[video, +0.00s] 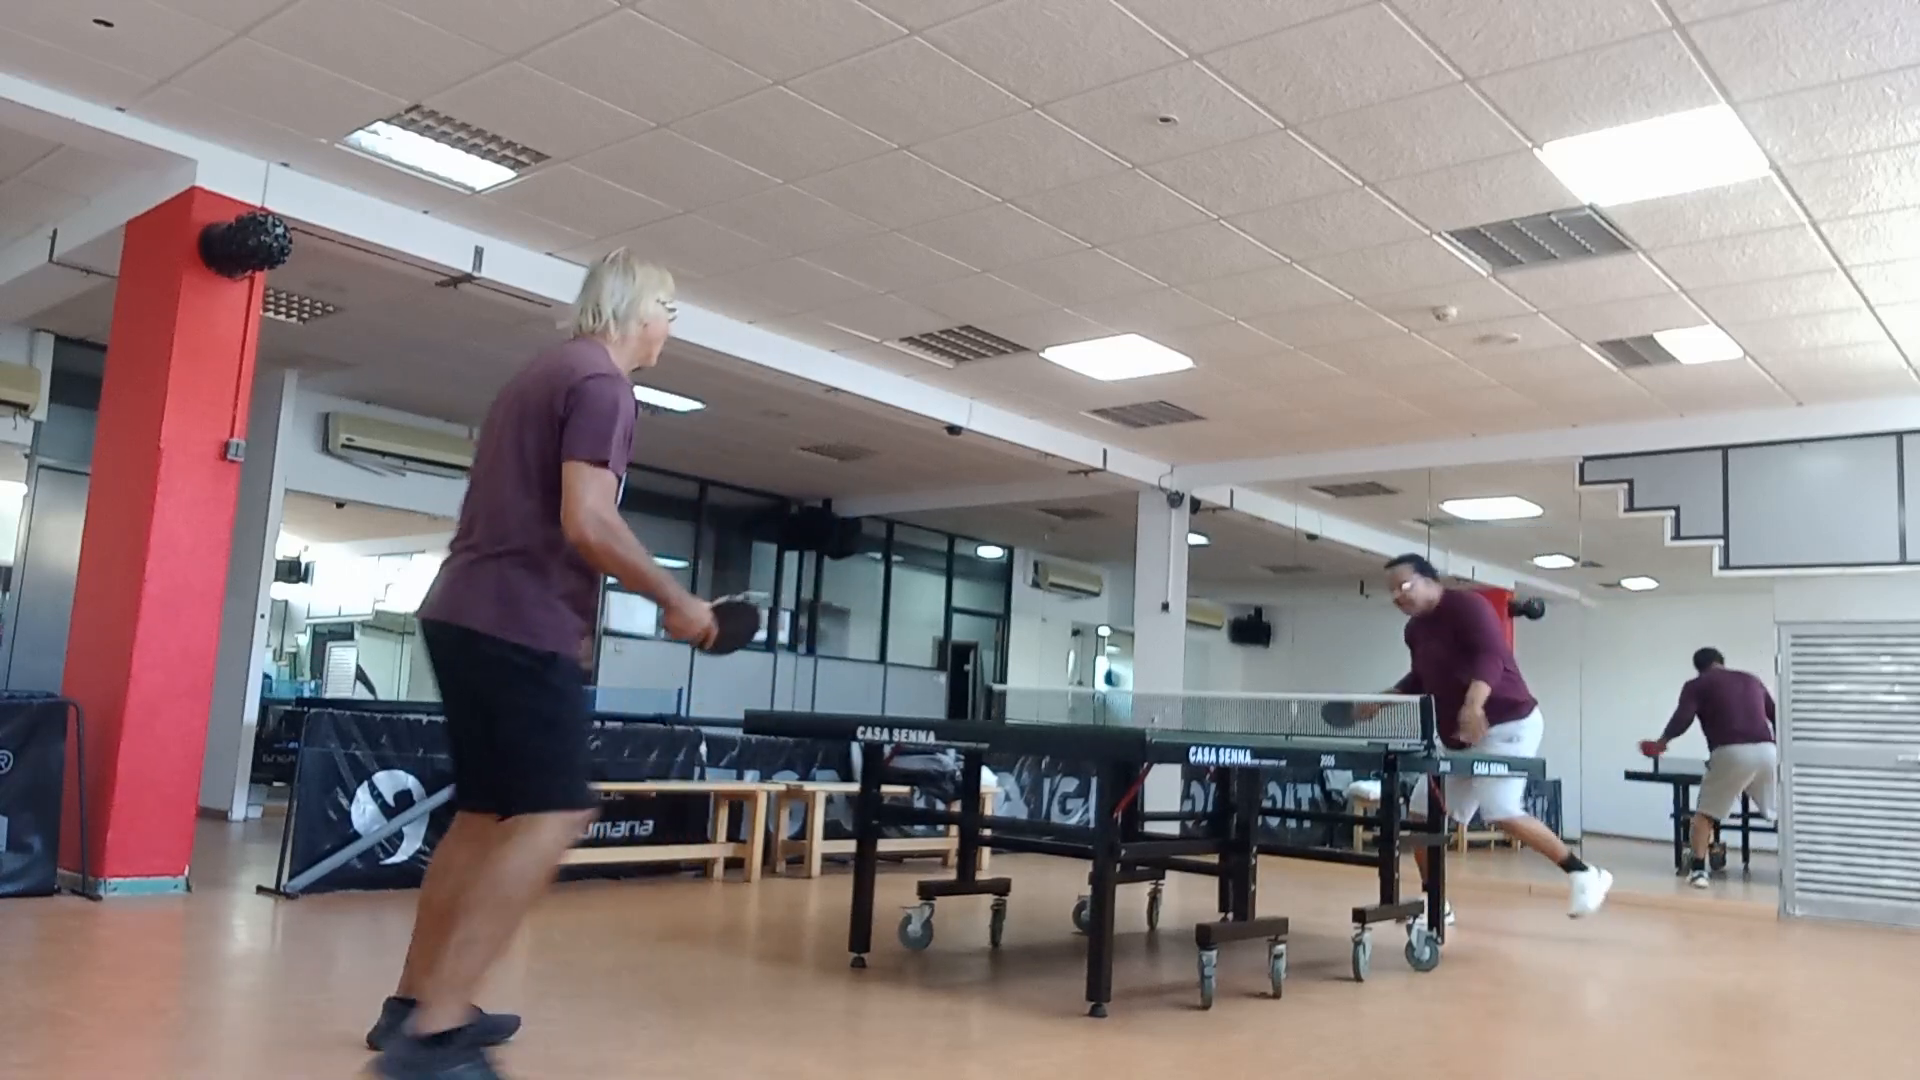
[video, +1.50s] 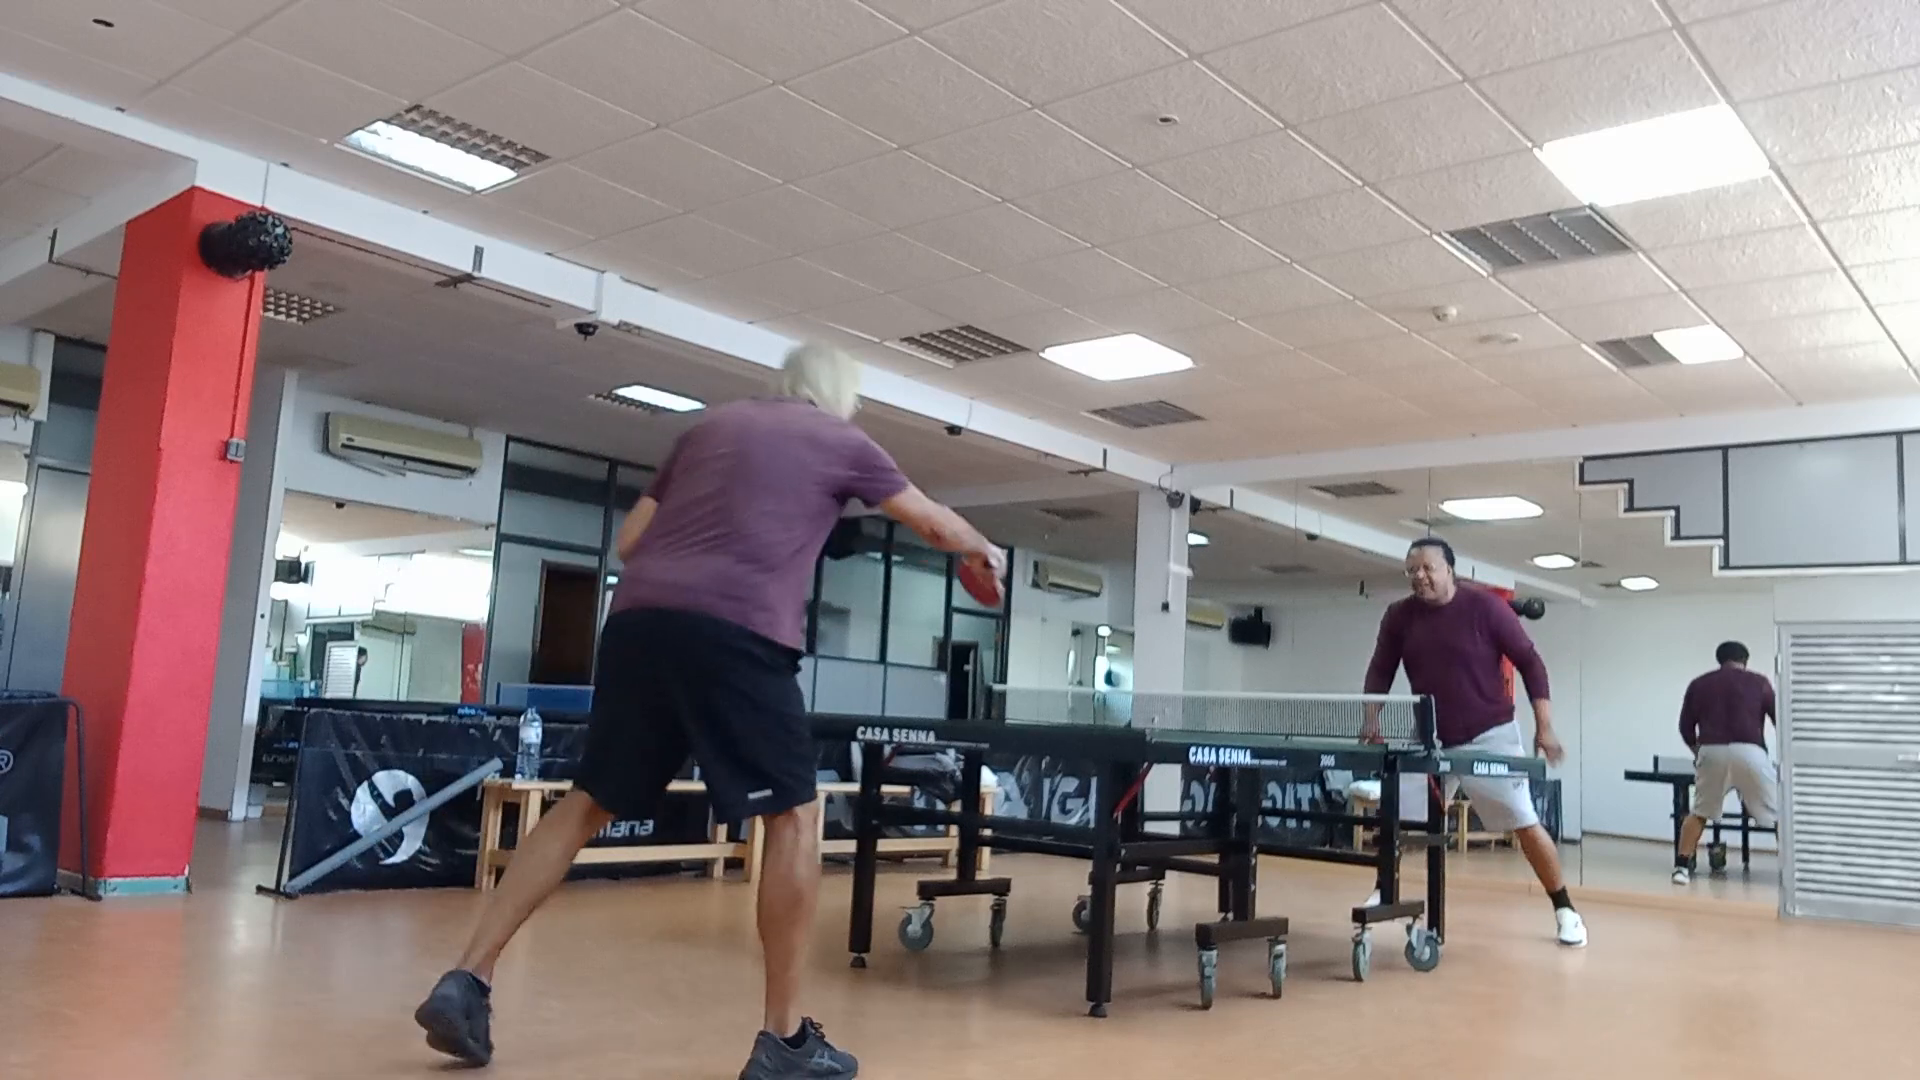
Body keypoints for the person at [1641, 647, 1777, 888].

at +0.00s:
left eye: (1699, 670)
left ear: (1698, 668)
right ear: (1722, 662)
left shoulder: (1696, 685)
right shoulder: (1751, 680)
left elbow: (1683, 718)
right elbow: (1777, 716)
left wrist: (1662, 742)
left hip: (1731, 754)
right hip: (1768, 752)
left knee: (1704, 815)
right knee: (1781, 813)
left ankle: (1699, 870)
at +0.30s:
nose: (1696, 686)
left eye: (1695, 681)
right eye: (1695, 682)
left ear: (1700, 677)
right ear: (1721, 670)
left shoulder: (1702, 692)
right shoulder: (1755, 684)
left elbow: (1690, 731)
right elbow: (1777, 715)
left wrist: (1663, 739)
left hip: (1746, 757)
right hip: (1777, 756)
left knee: (1713, 812)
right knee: (1784, 820)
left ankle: (1703, 870)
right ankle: (1795, 871)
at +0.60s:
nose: (1725, 676)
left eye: (1723, 672)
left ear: (1721, 670)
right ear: (1747, 666)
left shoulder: (1717, 689)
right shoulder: (1771, 683)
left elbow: (1702, 723)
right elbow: (1788, 711)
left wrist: (1712, 733)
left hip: (1748, 761)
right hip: (1781, 760)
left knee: (1716, 810)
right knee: (1788, 820)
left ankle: (1707, 859)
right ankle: (1798, 869)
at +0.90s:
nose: (1744, 665)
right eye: (1745, 662)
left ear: (1720, 660)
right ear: (1746, 660)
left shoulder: (1703, 681)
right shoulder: (1762, 680)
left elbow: (1687, 719)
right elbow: (1785, 712)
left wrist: (1700, 737)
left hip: (1719, 755)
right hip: (1757, 755)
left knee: (1699, 813)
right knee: (1779, 818)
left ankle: (1682, 867)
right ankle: (1798, 871)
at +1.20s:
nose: (1734, 664)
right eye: (1735, 660)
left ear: (1710, 660)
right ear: (1735, 659)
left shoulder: (1690, 681)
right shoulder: (1750, 678)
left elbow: (1675, 723)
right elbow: (1771, 717)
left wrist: (1687, 748)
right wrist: (1780, 744)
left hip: (1704, 751)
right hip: (1744, 751)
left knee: (1691, 812)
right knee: (1773, 814)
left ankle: (1681, 867)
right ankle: (1794, 867)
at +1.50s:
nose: (1745, 666)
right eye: (1746, 663)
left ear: (1719, 661)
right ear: (1744, 662)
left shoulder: (1699, 684)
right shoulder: (1759, 682)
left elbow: (1685, 726)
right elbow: (1782, 721)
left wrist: (1699, 751)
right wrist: (1790, 752)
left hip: (1711, 753)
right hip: (1750, 753)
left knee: (1699, 812)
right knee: (1778, 816)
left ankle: (1681, 867)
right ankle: (1794, 875)